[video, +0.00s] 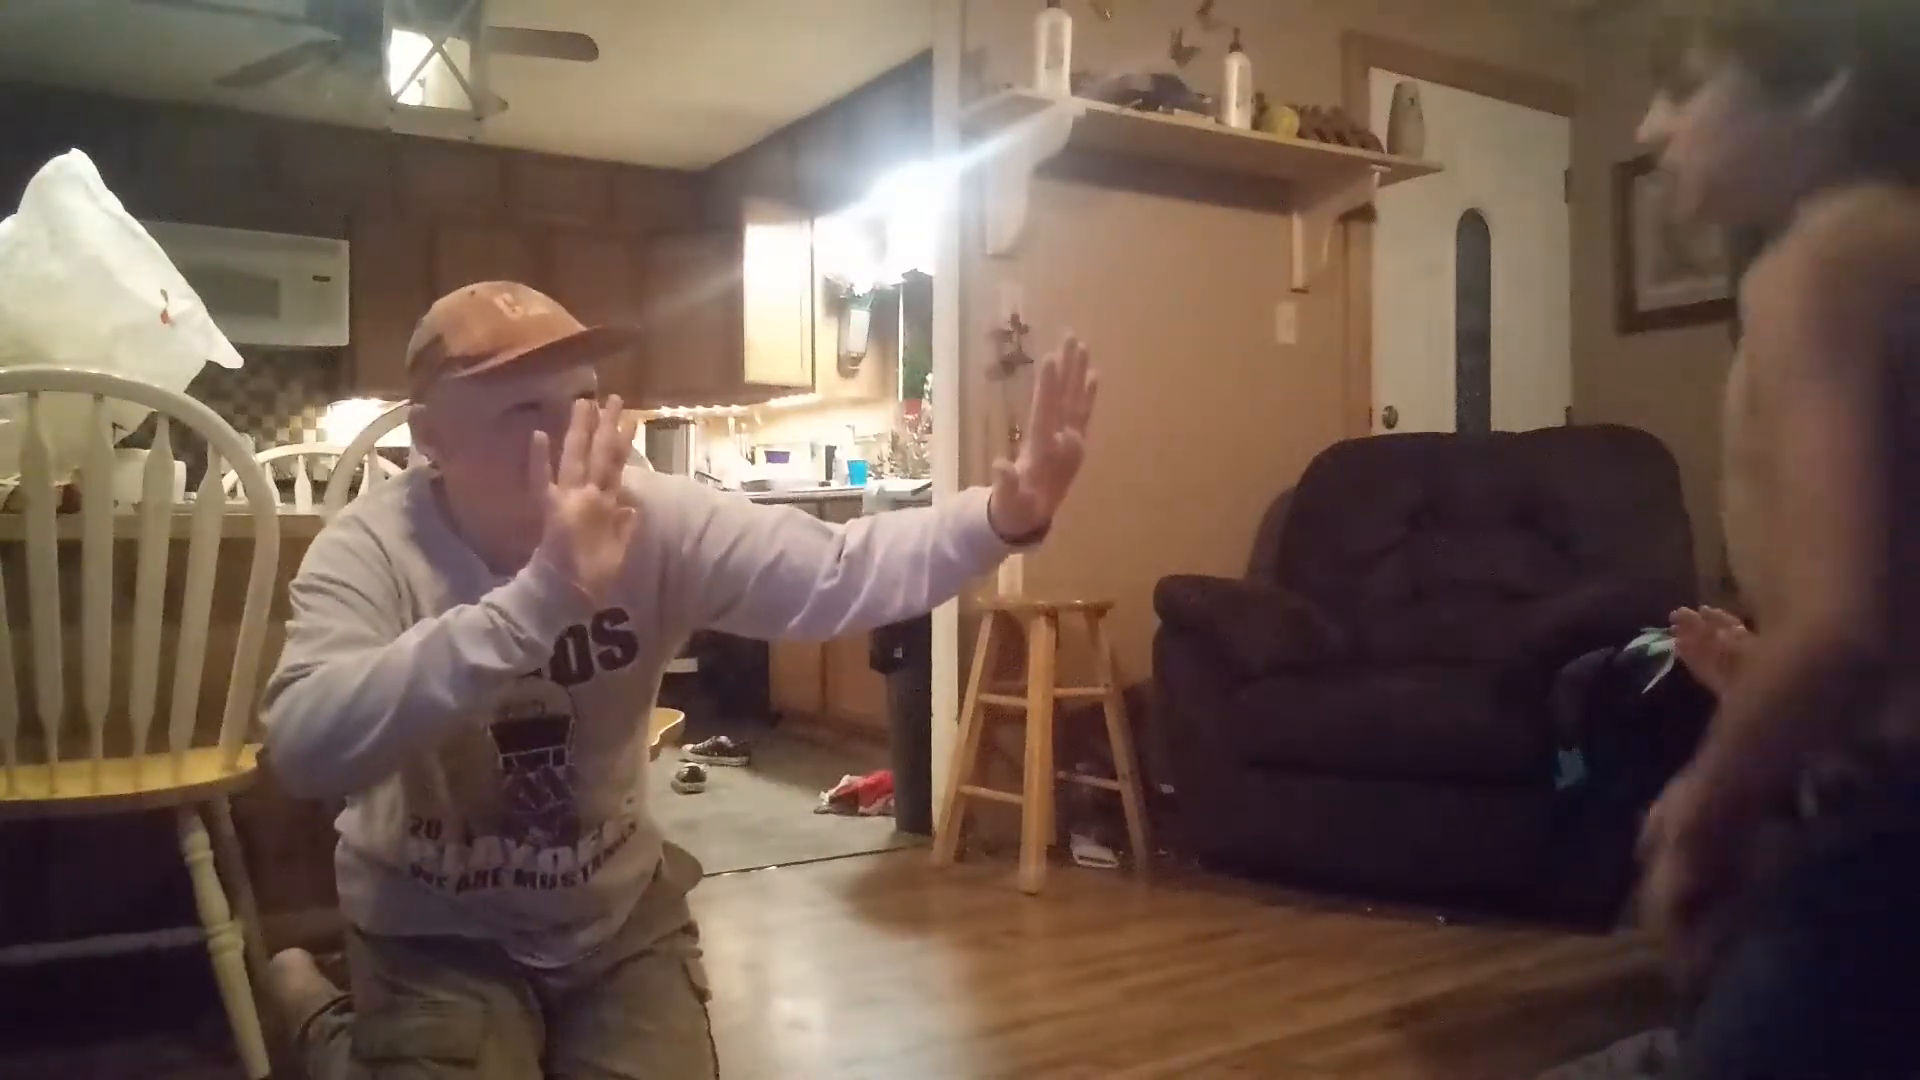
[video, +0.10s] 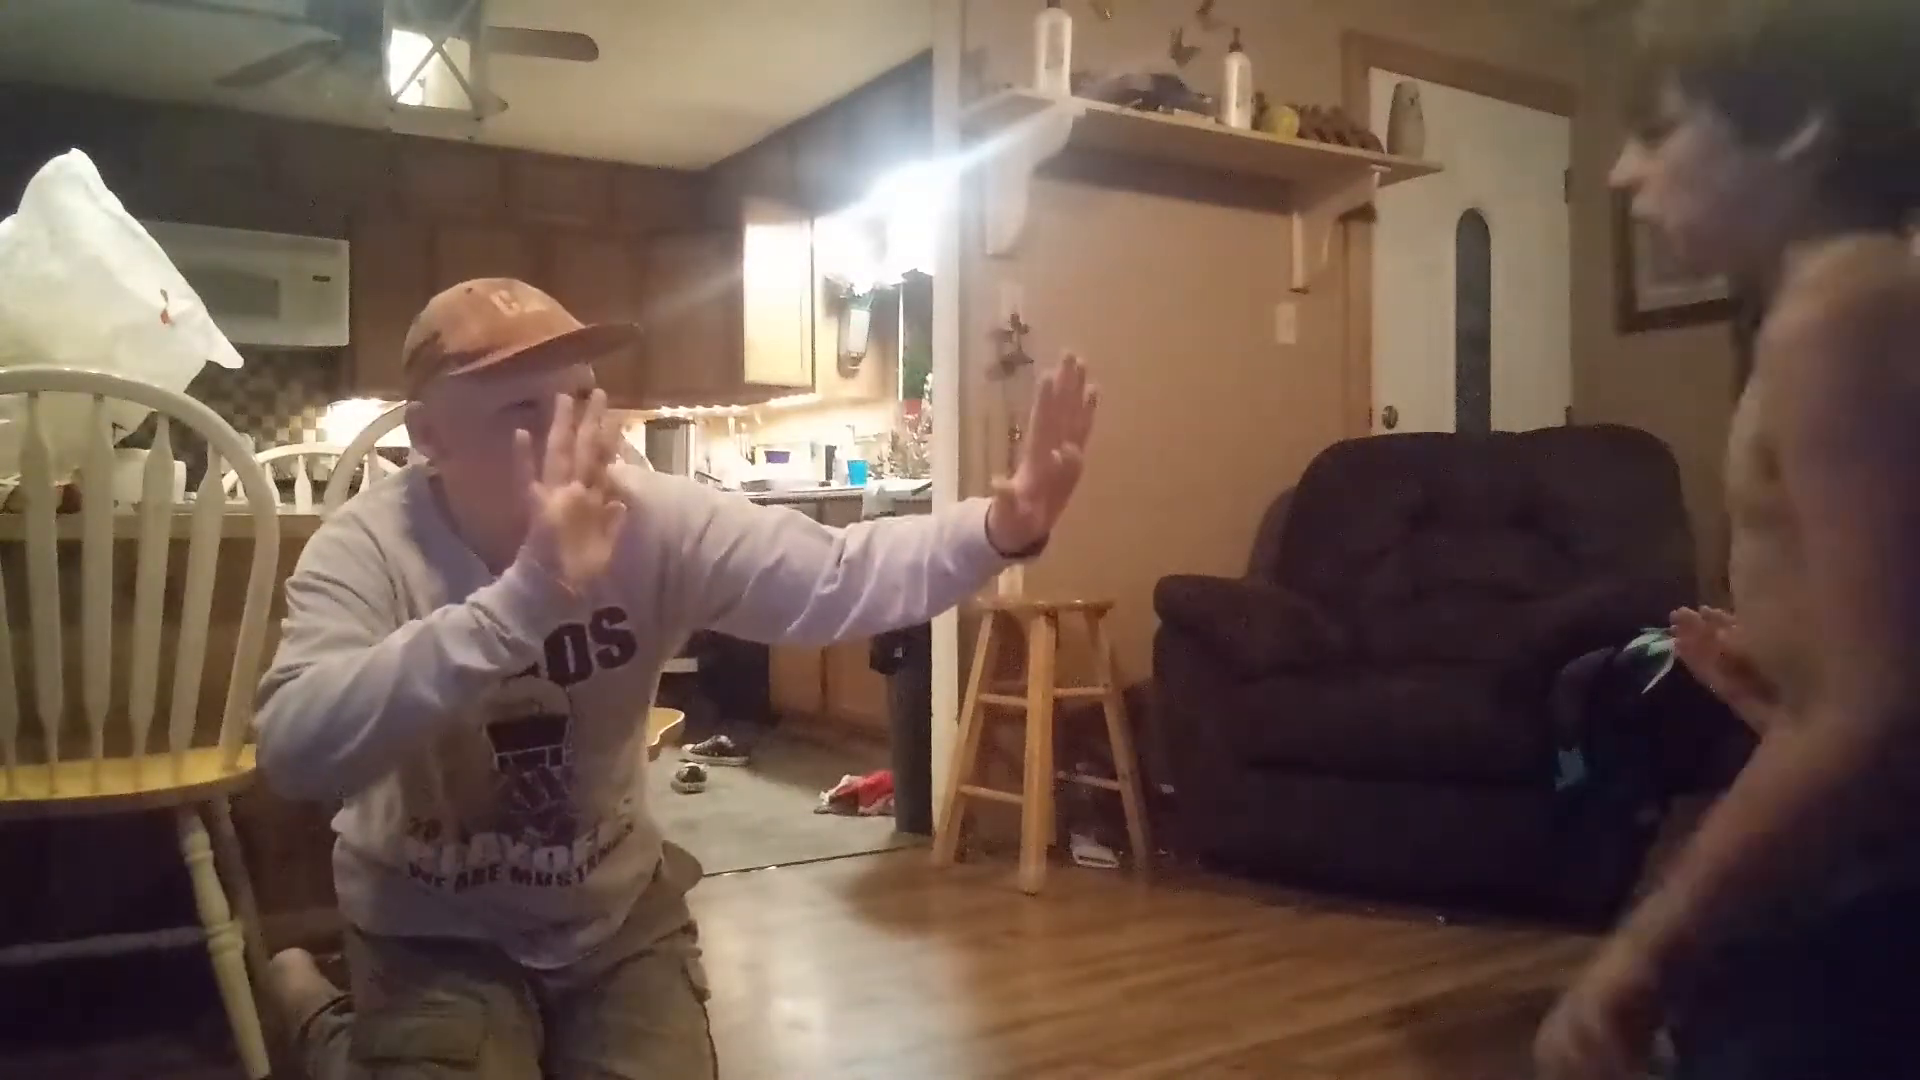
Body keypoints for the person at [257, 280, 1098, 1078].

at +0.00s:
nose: (564, 441)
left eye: (577, 408)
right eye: (523, 418)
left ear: (599, 409)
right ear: (431, 438)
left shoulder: (651, 521)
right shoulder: (370, 546)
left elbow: (834, 569)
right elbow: (306, 745)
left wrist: (1001, 518)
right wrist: (545, 591)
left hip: (620, 921)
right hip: (432, 933)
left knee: (662, 1068)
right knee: (456, 1071)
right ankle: (316, 1019)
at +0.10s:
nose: (570, 435)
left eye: (580, 400)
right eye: (523, 414)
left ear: (600, 403)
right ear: (427, 439)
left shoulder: (654, 519)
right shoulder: (367, 545)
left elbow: (831, 574)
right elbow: (298, 748)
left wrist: (999, 527)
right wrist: (532, 593)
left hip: (618, 916)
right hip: (431, 930)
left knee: (663, 1067)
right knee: (453, 1068)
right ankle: (315, 1019)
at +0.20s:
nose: (559, 426)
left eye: (569, 394)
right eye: (516, 402)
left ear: (590, 400)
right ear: (424, 429)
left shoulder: (648, 518)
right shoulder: (361, 543)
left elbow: (829, 575)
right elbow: (286, 746)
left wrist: (999, 534)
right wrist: (515, 590)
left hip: (616, 917)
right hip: (432, 933)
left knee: (663, 1067)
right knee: (450, 1069)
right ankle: (324, 1012)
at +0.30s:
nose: (574, 421)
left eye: (580, 389)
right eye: (532, 397)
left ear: (593, 392)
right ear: (433, 428)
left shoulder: (653, 515)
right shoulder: (357, 542)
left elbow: (840, 577)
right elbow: (268, 746)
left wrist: (1004, 536)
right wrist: (497, 592)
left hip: (613, 911)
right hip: (429, 926)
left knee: (663, 1065)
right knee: (448, 1064)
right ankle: (311, 1008)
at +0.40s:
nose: (570, 406)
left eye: (577, 376)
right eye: (528, 382)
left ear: (593, 383)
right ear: (433, 415)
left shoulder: (643, 511)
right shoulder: (355, 538)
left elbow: (833, 576)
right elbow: (254, 747)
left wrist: (1009, 544)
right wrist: (480, 590)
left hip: (612, 912)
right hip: (428, 929)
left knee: (664, 1066)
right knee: (445, 1064)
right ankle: (307, 1005)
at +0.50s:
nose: (574, 401)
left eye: (579, 372)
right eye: (531, 378)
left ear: (593, 378)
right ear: (428, 410)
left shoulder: (643, 508)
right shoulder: (349, 535)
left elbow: (833, 577)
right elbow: (248, 744)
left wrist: (1009, 546)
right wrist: (478, 585)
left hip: (611, 915)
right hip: (427, 932)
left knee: (663, 1069)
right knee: (448, 1070)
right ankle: (304, 992)